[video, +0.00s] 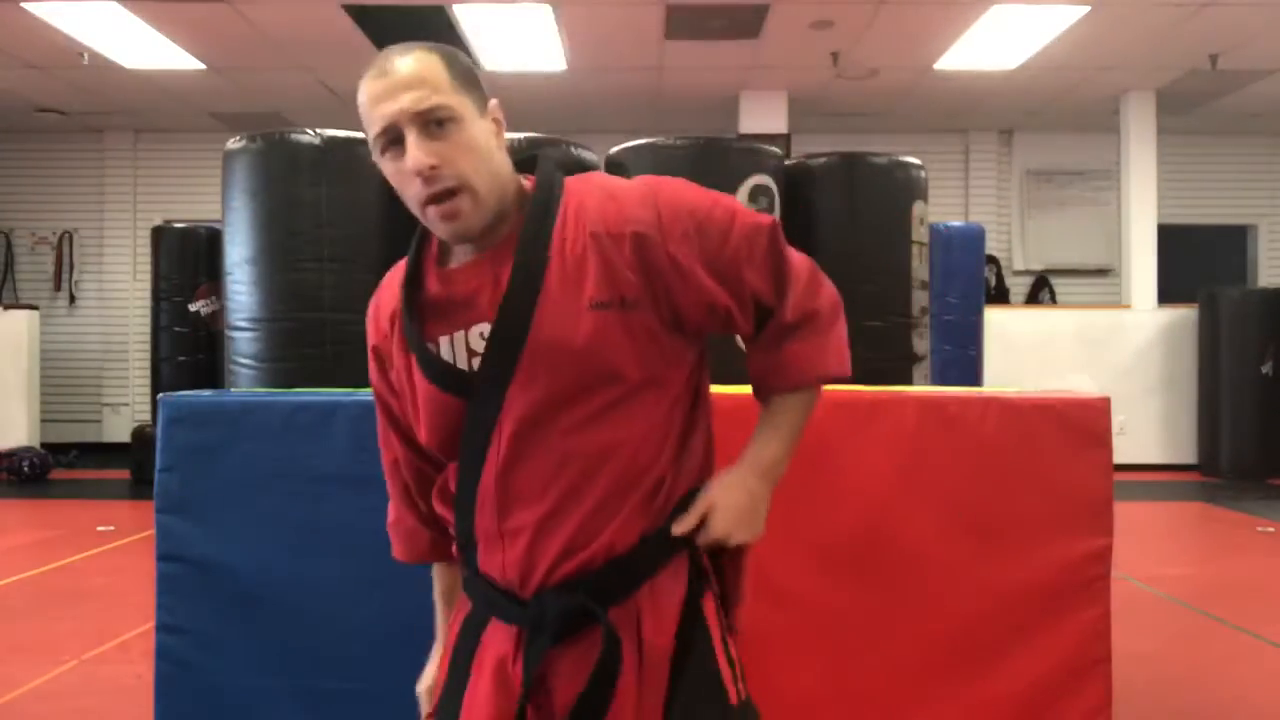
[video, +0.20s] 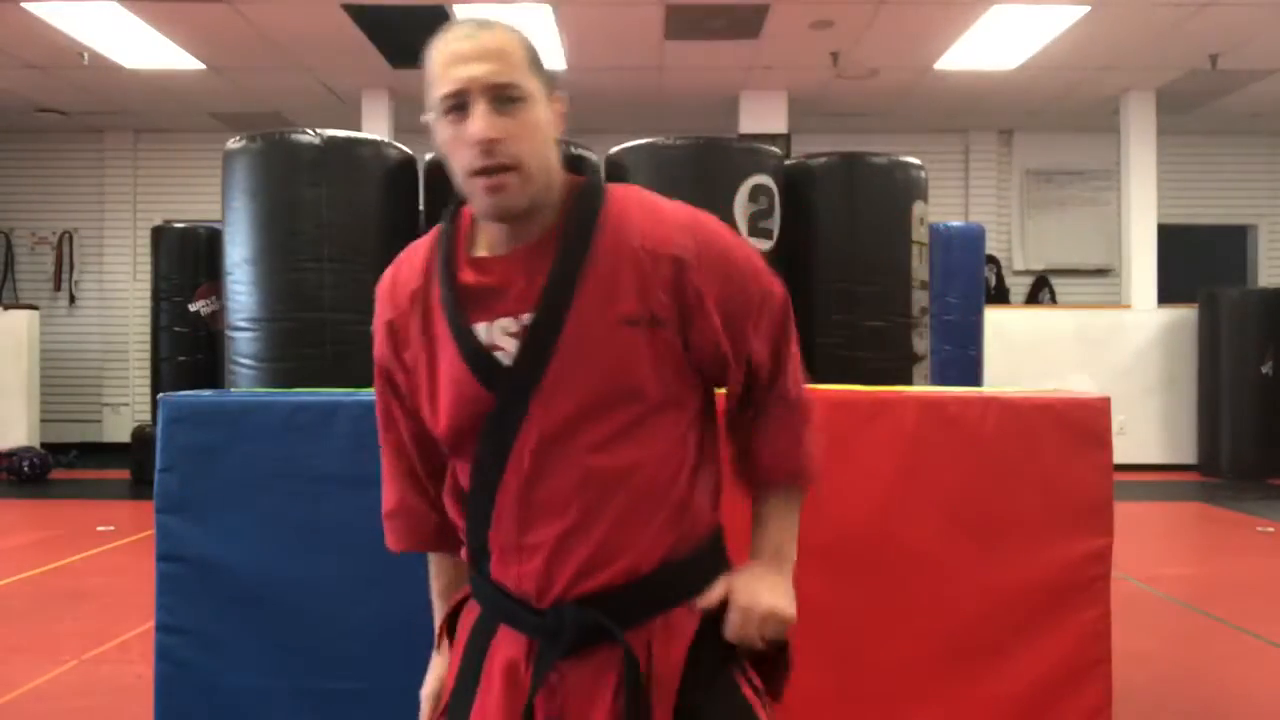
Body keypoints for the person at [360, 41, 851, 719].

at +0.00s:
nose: (418, 160)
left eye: (436, 124)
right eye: (391, 144)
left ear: (495, 119)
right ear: (381, 169)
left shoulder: (636, 223)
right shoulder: (395, 311)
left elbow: (803, 304)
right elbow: (424, 490)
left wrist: (756, 475)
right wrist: (447, 638)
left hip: (651, 629)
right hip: (498, 640)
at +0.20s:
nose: (482, 131)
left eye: (506, 101)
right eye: (456, 109)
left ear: (558, 112)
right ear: (435, 137)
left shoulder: (673, 247)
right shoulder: (408, 291)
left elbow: (774, 379)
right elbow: (419, 478)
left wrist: (773, 562)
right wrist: (450, 636)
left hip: (669, 648)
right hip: (505, 652)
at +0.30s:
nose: (539, 130)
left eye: (565, 101)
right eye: (513, 106)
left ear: (612, 115)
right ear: (482, 128)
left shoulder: (719, 267)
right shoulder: (436, 282)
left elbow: (782, 430)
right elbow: (434, 472)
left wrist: (795, 581)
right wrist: (456, 631)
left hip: (683, 663)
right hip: (513, 660)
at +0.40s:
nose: (611, 133)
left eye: (636, 105)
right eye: (584, 107)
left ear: (680, 120)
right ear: (547, 125)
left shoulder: (772, 279)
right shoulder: (481, 280)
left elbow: (831, 447)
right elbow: (474, 472)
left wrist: (852, 605)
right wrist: (492, 628)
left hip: (720, 671)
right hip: (545, 668)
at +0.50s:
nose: (688, 130)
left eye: (716, 104)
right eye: (662, 104)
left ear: (755, 126)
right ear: (623, 126)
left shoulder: (841, 293)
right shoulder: (541, 283)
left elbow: (907, 490)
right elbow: (523, 466)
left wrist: (958, 662)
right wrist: (540, 608)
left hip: (773, 685)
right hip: (591, 679)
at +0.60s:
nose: (772, 126)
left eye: (800, 99)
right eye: (745, 94)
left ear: (835, 127)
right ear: (696, 117)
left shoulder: (906, 292)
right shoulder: (592, 277)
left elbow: (983, 498)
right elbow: (560, 468)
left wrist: (1055, 675)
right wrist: (564, 621)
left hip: (827, 685)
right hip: (638, 677)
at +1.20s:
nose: (717, 125)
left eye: (746, 91)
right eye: (688, 95)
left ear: (793, 104)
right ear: (654, 117)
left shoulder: (923, 266)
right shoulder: (620, 280)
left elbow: (996, 484)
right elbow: (602, 486)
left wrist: (981, 687)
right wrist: (563, 655)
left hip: (857, 690)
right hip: (669, 682)